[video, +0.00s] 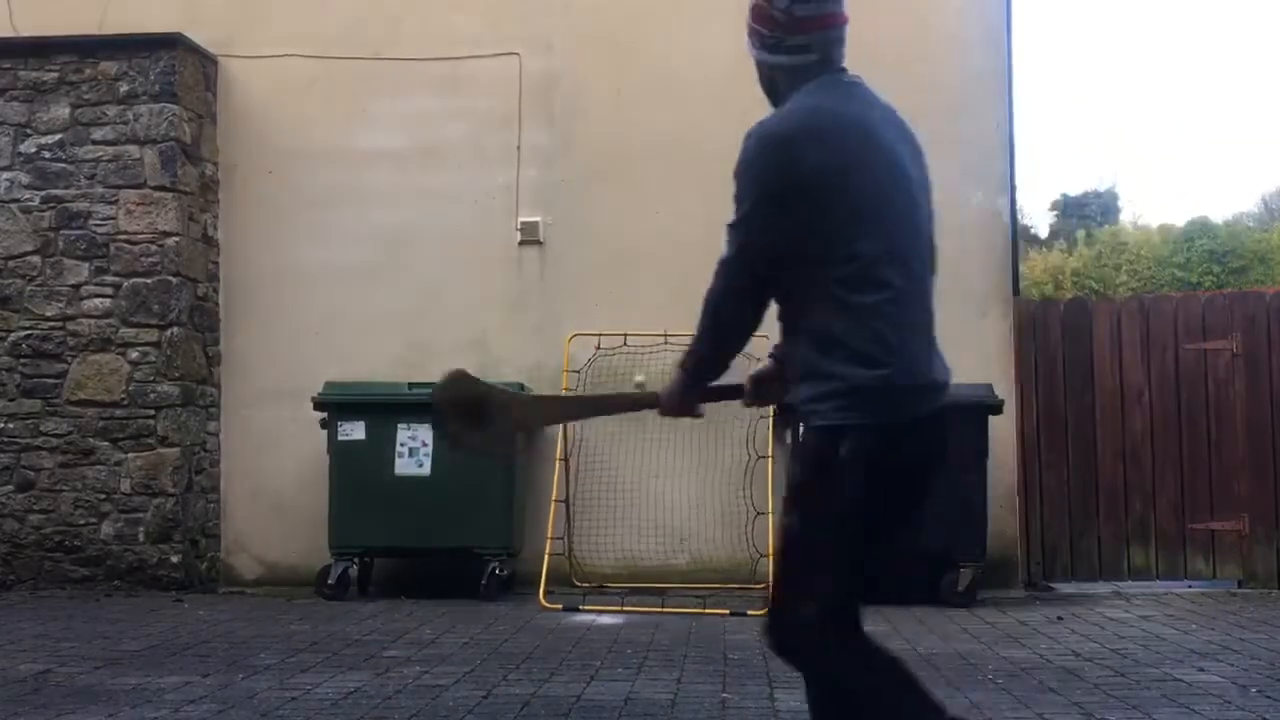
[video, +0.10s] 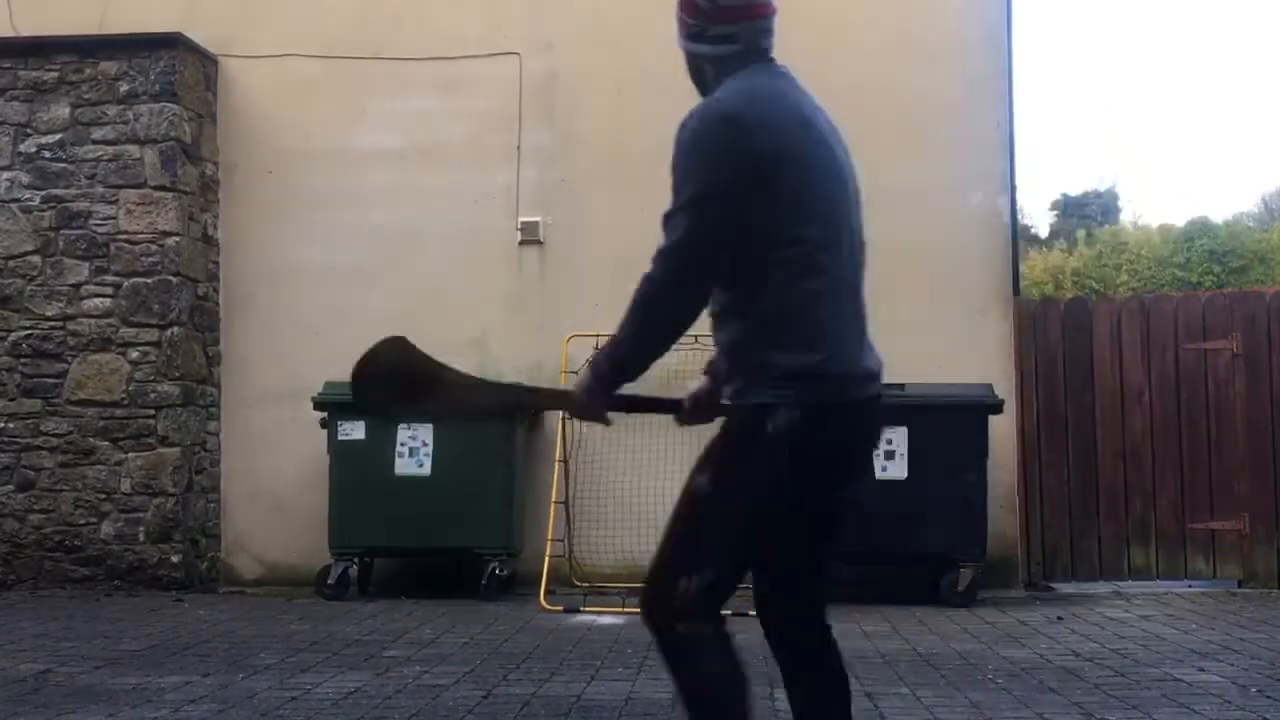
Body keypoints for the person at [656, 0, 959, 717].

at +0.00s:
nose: (757, 69)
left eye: (758, 55)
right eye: (759, 53)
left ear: (765, 56)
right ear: (836, 45)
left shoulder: (781, 137)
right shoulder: (886, 124)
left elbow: (743, 278)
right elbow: (879, 276)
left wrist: (691, 378)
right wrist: (793, 360)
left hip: (843, 415)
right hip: (909, 401)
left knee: (801, 627)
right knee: (826, 619)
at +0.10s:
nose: (685, 50)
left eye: (685, 35)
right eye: (690, 34)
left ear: (691, 38)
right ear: (762, 33)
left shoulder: (719, 122)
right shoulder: (796, 109)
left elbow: (679, 274)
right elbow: (795, 274)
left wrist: (605, 372)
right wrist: (724, 375)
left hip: (781, 407)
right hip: (845, 398)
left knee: (677, 601)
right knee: (793, 607)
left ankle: (725, 716)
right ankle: (827, 719)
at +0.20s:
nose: (648, 42)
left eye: (650, 27)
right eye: (654, 27)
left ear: (657, 32)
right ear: (728, 28)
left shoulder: (688, 115)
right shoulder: (760, 106)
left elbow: (666, 269)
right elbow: (755, 281)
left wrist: (586, 383)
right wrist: (686, 386)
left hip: (733, 416)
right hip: (802, 406)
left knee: (649, 617)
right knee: (773, 613)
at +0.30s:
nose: (597, 31)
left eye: (598, 19)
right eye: (601, 19)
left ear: (609, 27)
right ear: (679, 26)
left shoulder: (655, 114)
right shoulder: (702, 102)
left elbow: (692, 265)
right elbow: (700, 280)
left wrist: (648, 408)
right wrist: (624, 396)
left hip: (676, 412)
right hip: (726, 411)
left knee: (577, 630)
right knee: (669, 622)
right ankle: (757, 713)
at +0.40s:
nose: (548, 71)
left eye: (548, 55)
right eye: (550, 53)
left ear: (556, 58)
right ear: (618, 41)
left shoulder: (636, 128)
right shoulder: (612, 128)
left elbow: (755, 263)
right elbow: (602, 291)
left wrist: (769, 386)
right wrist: (548, 400)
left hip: (612, 423)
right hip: (592, 418)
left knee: (514, 629)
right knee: (527, 623)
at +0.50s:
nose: (525, 74)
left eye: (525, 57)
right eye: (525, 57)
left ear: (538, 58)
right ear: (595, 44)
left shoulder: (625, 135)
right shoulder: (587, 131)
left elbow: (743, 266)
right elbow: (588, 295)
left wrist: (756, 383)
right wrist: (525, 401)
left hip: (591, 425)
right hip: (555, 417)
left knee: (503, 635)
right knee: (471, 623)